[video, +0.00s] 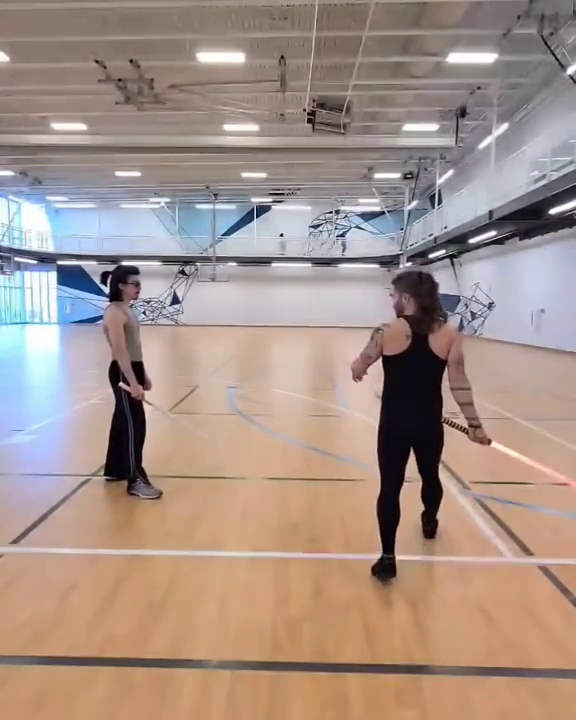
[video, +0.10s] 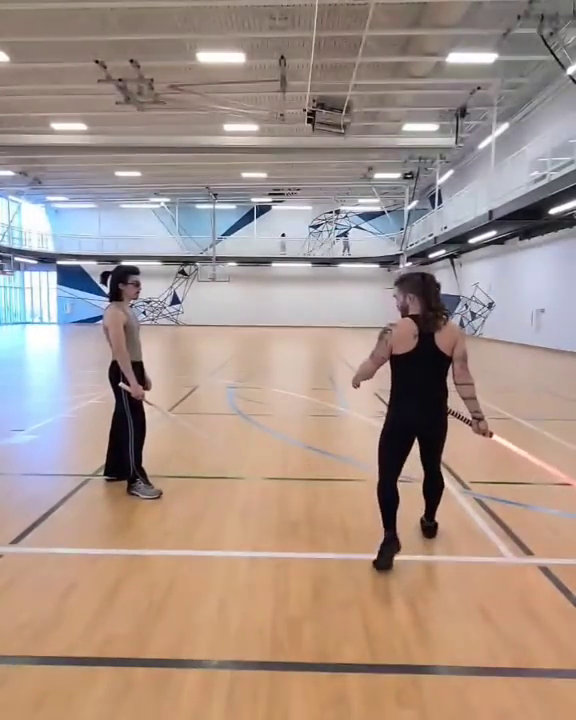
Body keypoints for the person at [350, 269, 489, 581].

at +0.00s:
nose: (392, 301)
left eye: (395, 296)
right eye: (393, 295)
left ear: (408, 298)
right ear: (429, 298)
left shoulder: (388, 332)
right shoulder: (450, 336)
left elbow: (360, 365)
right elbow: (459, 386)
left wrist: (357, 372)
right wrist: (475, 426)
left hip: (394, 426)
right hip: (429, 427)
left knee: (389, 488)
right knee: (430, 476)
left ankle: (388, 557)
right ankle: (430, 522)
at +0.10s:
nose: (397, 302)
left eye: (400, 297)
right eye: (397, 297)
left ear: (411, 298)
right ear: (431, 298)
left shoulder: (396, 331)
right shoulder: (453, 334)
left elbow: (372, 365)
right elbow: (463, 379)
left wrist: (358, 377)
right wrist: (477, 416)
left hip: (400, 418)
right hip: (434, 420)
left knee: (387, 478)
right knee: (432, 469)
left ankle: (390, 536)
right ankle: (430, 521)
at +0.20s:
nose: (397, 299)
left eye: (399, 293)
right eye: (397, 293)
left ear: (412, 294)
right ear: (429, 294)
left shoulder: (401, 326)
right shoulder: (454, 327)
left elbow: (381, 366)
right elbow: (465, 370)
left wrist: (367, 388)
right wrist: (481, 403)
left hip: (405, 409)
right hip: (438, 410)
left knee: (389, 459)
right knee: (433, 465)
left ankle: (401, 510)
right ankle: (430, 520)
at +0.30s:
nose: (397, 296)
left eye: (400, 291)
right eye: (397, 291)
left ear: (414, 292)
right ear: (427, 293)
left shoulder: (405, 323)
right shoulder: (454, 324)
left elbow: (390, 364)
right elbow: (466, 364)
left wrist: (378, 395)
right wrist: (480, 392)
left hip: (406, 401)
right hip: (438, 404)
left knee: (397, 450)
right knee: (433, 462)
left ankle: (408, 503)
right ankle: (429, 519)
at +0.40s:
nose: (397, 301)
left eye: (399, 295)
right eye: (397, 295)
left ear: (413, 296)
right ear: (425, 296)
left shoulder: (406, 325)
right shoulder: (452, 323)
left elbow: (395, 368)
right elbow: (464, 362)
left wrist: (387, 401)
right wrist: (475, 386)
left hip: (408, 402)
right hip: (438, 404)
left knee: (405, 450)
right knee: (433, 460)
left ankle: (407, 492)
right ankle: (429, 518)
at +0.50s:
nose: (394, 303)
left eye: (397, 299)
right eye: (394, 299)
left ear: (410, 299)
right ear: (420, 298)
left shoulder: (405, 326)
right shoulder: (448, 324)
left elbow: (396, 368)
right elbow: (459, 359)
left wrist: (390, 403)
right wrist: (465, 381)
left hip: (408, 401)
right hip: (437, 402)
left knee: (406, 448)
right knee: (434, 457)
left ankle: (407, 487)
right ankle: (430, 513)